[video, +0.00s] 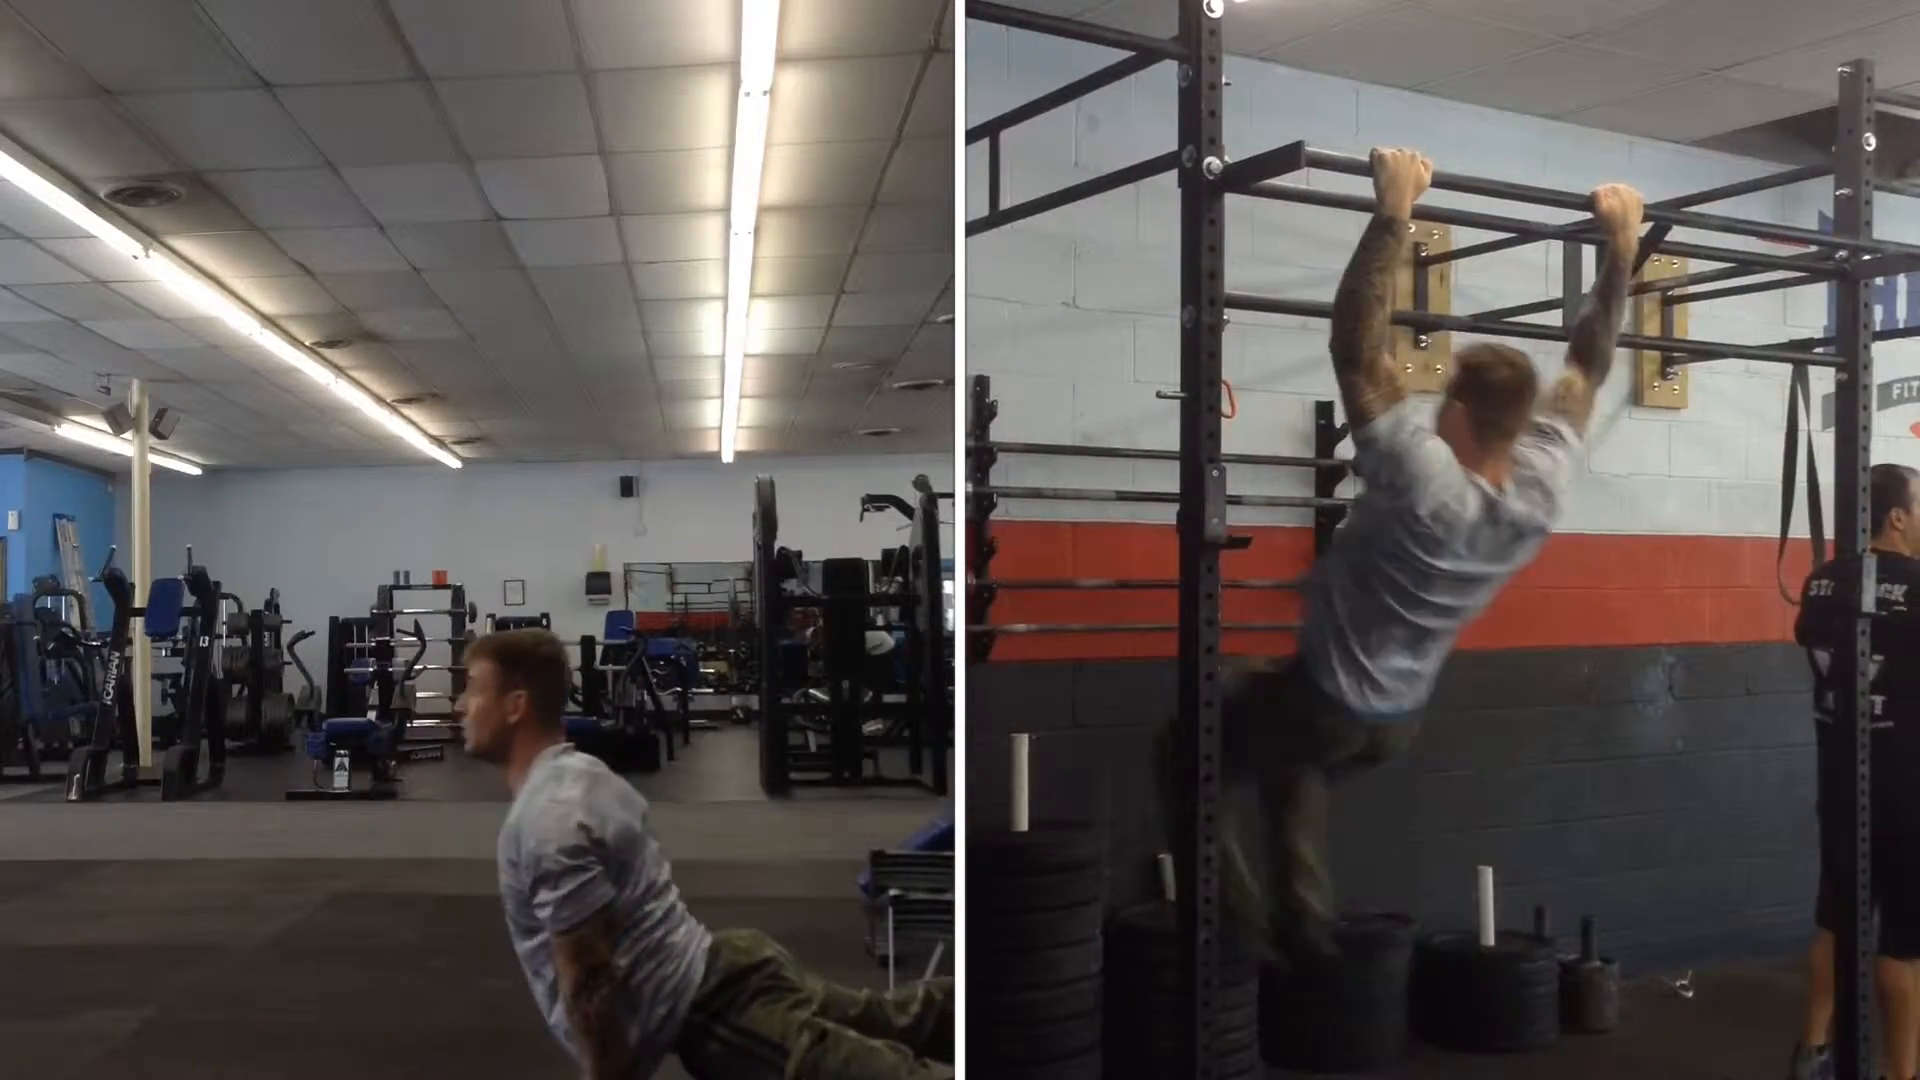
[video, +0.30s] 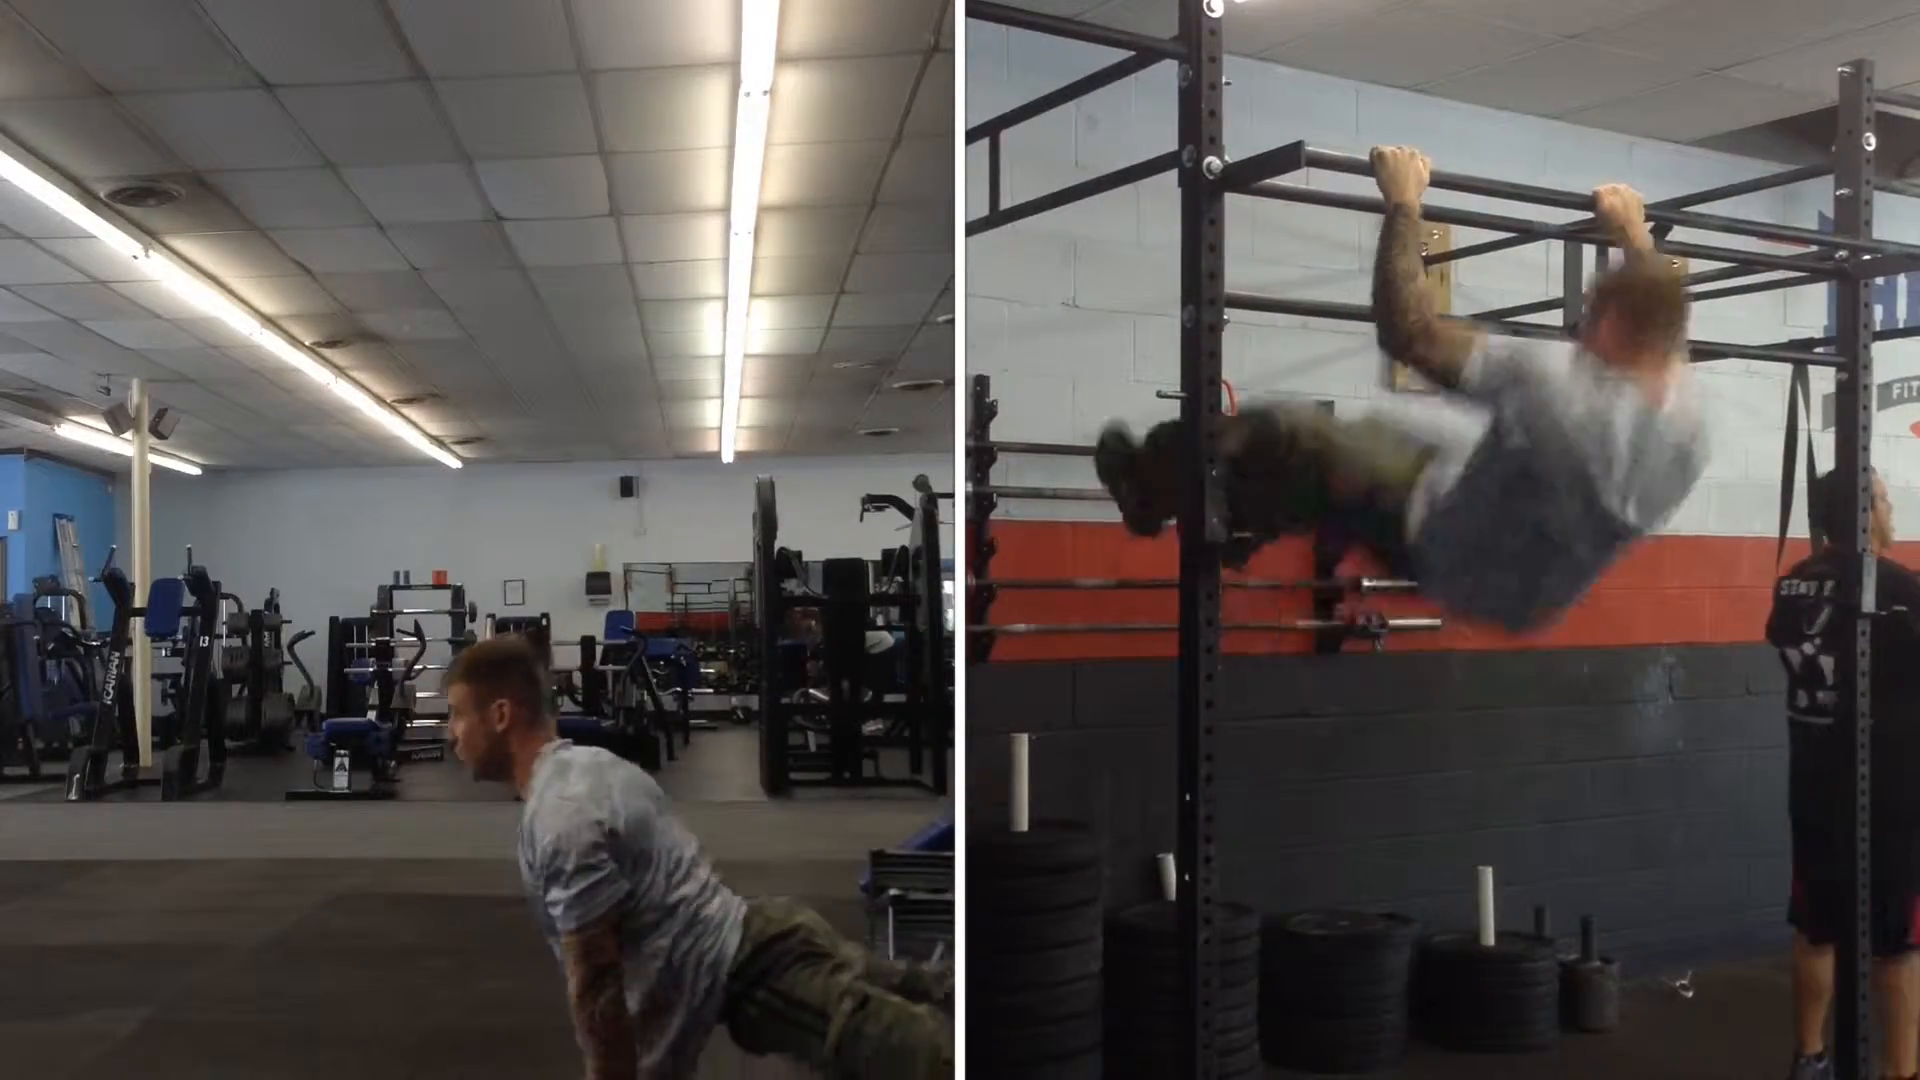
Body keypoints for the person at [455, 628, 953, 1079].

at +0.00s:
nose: (460, 706)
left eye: (472, 690)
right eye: (464, 690)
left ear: (516, 704)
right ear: (520, 705)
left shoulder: (552, 818)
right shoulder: (578, 776)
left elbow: (589, 985)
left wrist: (606, 1068)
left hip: (718, 1014)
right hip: (727, 969)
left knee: (910, 1070)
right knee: (897, 1024)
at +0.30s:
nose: (448, 733)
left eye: (455, 716)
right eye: (448, 717)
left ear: (503, 716)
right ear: (511, 714)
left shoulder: (565, 818)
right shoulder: (582, 768)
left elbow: (597, 990)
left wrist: (614, 1072)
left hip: (763, 977)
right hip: (767, 937)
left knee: (936, 1057)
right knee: (928, 993)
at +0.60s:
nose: (487, 823)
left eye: (476, 805)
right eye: (473, 812)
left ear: (504, 770)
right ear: (515, 762)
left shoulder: (606, 808)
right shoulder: (604, 771)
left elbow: (621, 989)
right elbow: (618, 981)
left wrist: (618, 1071)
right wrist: (617, 1066)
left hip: (854, 869)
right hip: (854, 857)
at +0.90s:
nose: (603, 876)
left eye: (591, 863)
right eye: (589, 871)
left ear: (607, 819)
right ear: (612, 806)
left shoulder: (696, 814)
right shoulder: (684, 797)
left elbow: (671, 987)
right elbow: (658, 957)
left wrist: (636, 1069)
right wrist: (627, 1062)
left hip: (957, 793)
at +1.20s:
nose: (722, 938)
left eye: (714, 930)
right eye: (711, 936)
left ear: (718, 887)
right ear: (719, 878)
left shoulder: (781, 861)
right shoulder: (760, 844)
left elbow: (714, 1014)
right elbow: (696, 971)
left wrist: (648, 1077)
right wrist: (625, 1066)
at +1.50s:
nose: (759, 990)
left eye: (747, 984)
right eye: (743, 991)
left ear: (746, 938)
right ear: (741, 930)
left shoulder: (804, 908)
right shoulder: (778, 888)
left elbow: (741, 1052)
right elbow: (713, 1008)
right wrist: (629, 1070)